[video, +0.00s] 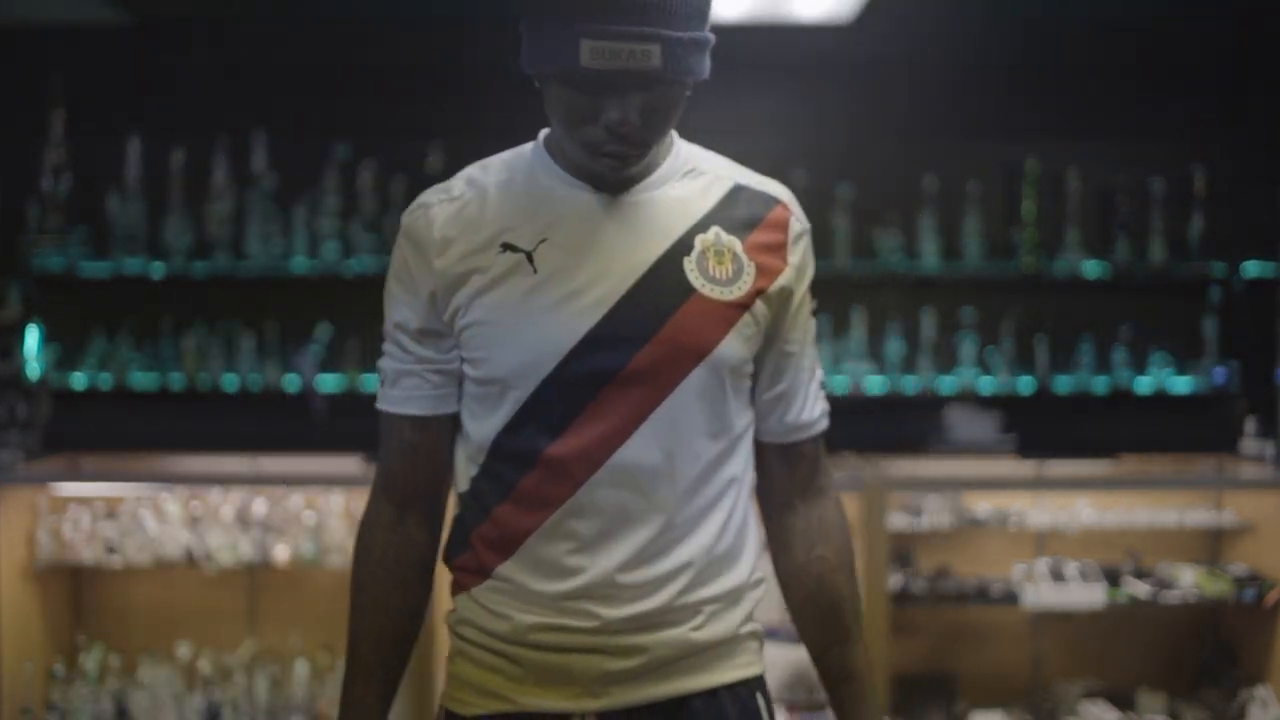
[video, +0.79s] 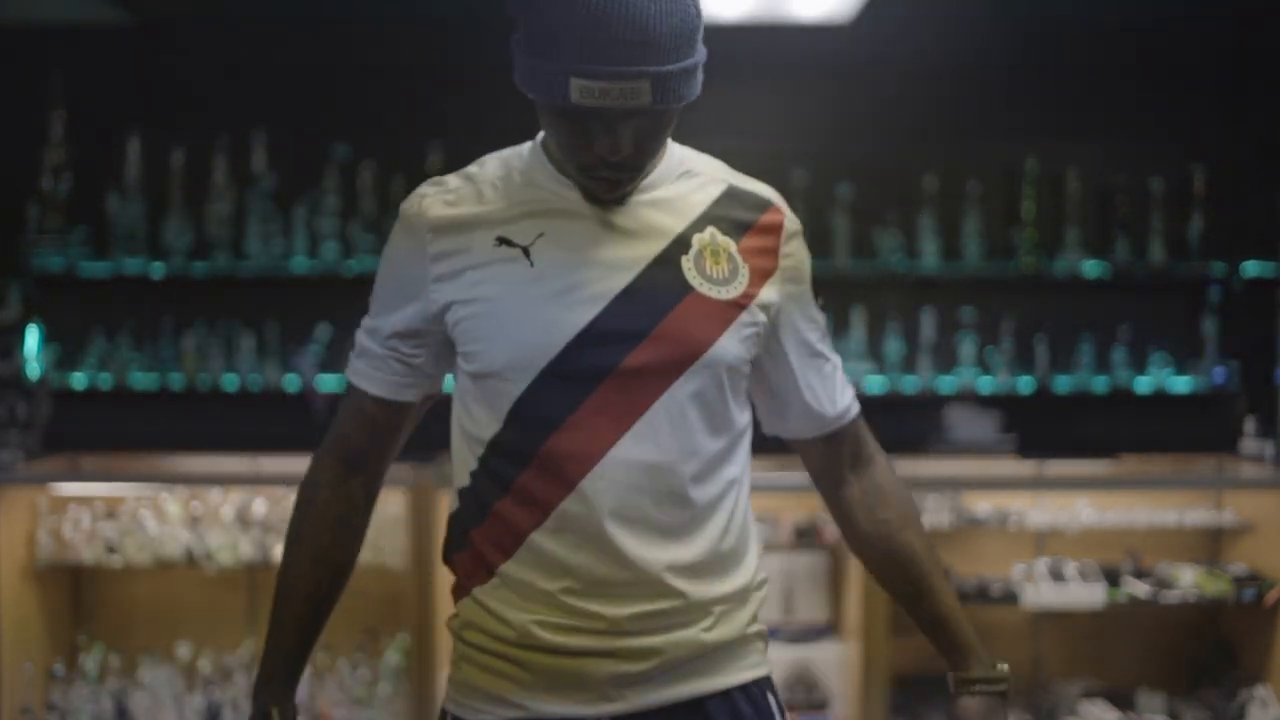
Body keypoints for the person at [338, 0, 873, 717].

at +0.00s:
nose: (622, 117)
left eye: (654, 85)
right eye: (591, 83)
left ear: (693, 77)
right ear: (540, 72)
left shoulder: (763, 223)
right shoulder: (445, 229)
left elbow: (802, 492)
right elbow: (403, 505)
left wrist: (863, 707)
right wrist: (362, 711)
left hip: (704, 685)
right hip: (501, 690)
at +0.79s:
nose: (615, 146)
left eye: (644, 115)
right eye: (583, 115)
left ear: (679, 89)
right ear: (537, 89)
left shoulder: (755, 227)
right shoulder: (442, 227)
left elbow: (849, 462)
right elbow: (350, 463)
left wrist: (973, 664)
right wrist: (271, 692)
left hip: (710, 680)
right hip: (509, 686)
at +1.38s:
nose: (829, 166)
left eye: (855, 140)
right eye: (803, 136)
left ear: (882, 114)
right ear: (728, 90)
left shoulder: (895, 244)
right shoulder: (600, 208)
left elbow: (926, 496)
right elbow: (485, 462)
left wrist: (1059, 693)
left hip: (811, 687)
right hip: (614, 687)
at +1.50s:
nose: (852, 175)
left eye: (883, 148)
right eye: (830, 141)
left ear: (909, 128)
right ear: (756, 92)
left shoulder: (911, 252)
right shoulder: (622, 202)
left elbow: (929, 516)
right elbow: (516, 472)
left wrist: (982, 704)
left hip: (815, 684)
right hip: (621, 683)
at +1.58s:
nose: (864, 182)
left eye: (893, 156)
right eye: (841, 148)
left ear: (922, 132)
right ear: (769, 93)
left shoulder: (917, 257)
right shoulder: (633, 194)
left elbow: (916, 525)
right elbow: (545, 475)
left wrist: (932, 706)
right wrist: (765, 326)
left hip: (818, 681)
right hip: (624, 679)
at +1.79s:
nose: (880, 203)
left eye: (911, 178)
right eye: (855, 168)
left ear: (943, 152)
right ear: (786, 112)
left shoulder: (921, 267)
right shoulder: (647, 178)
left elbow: (886, 517)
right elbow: (586, 458)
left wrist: (872, 696)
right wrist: (779, 267)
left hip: (816, 684)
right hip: (622, 681)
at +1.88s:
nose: (878, 207)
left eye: (910, 182)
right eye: (854, 172)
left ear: (940, 155)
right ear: (783, 110)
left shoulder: (917, 266)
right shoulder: (645, 178)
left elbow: (878, 518)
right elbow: (586, 459)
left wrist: (859, 695)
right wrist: (779, 273)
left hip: (813, 684)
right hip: (618, 681)